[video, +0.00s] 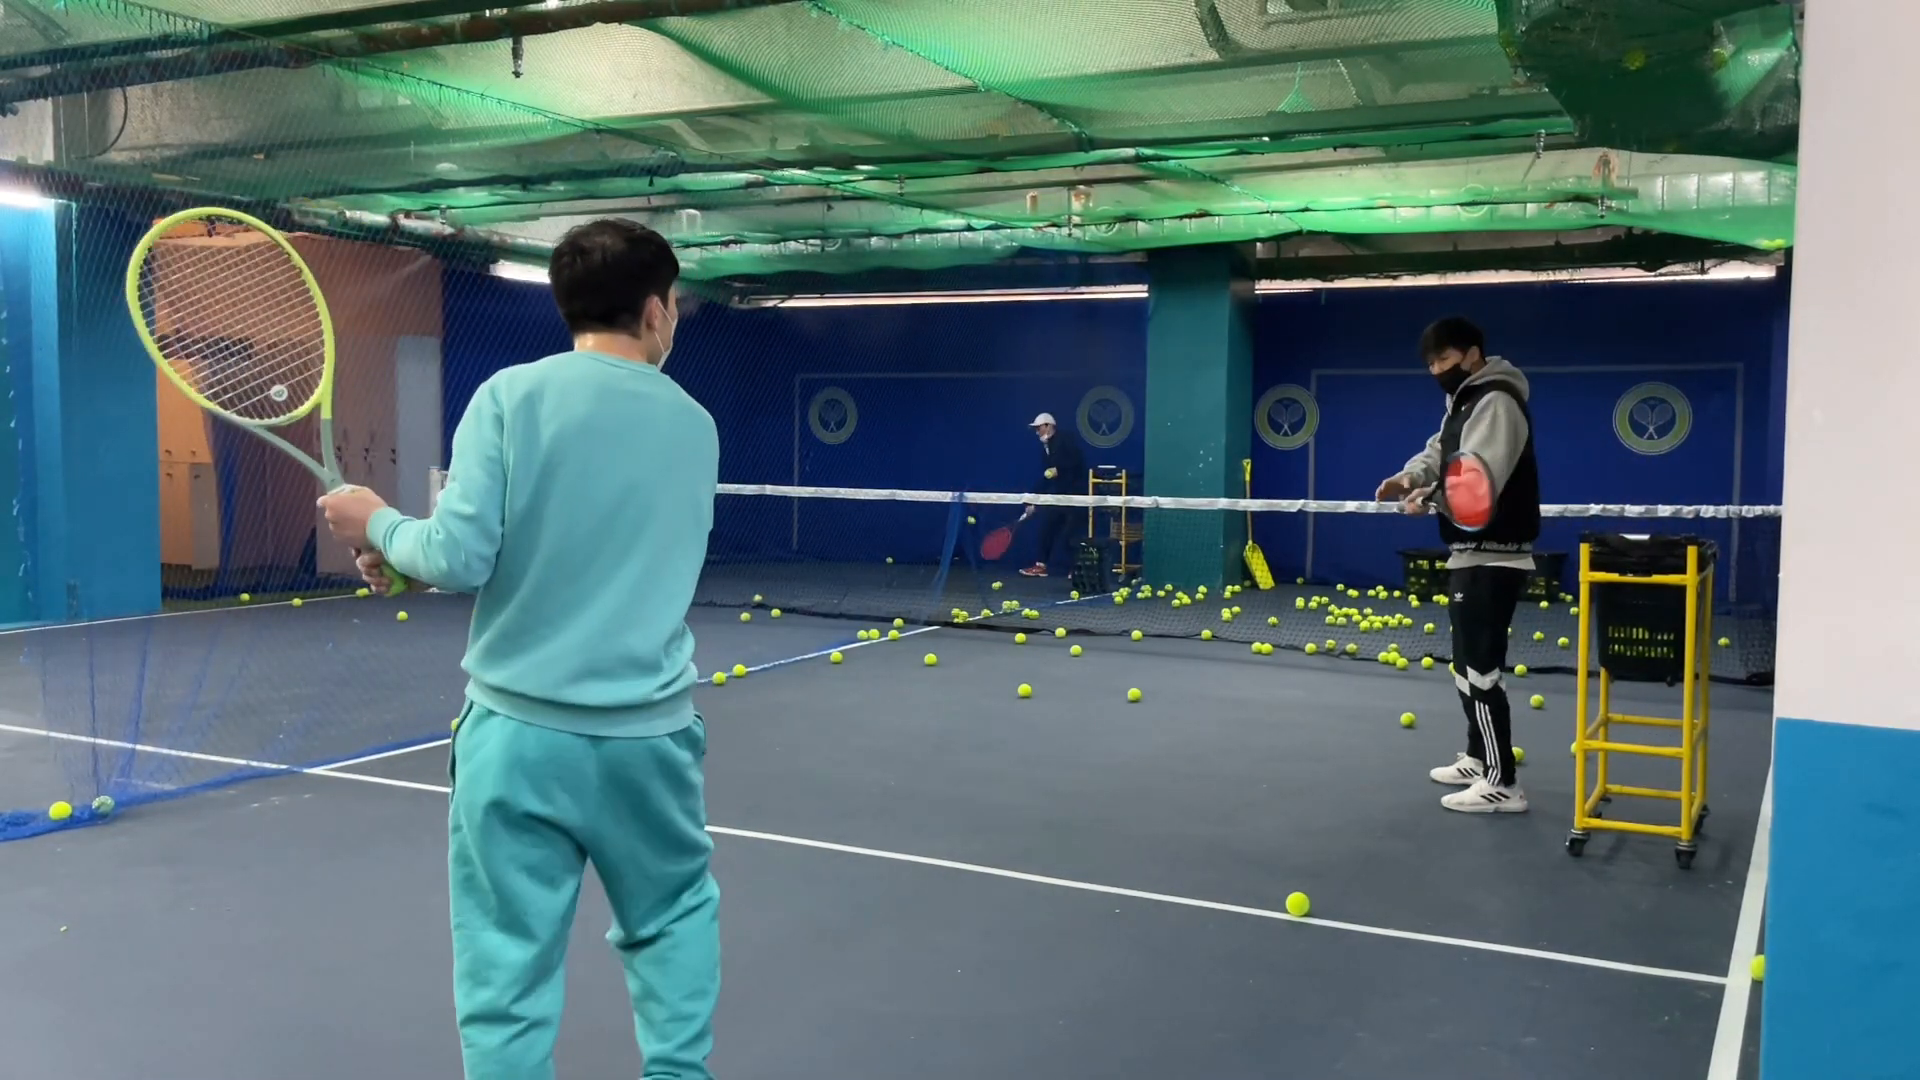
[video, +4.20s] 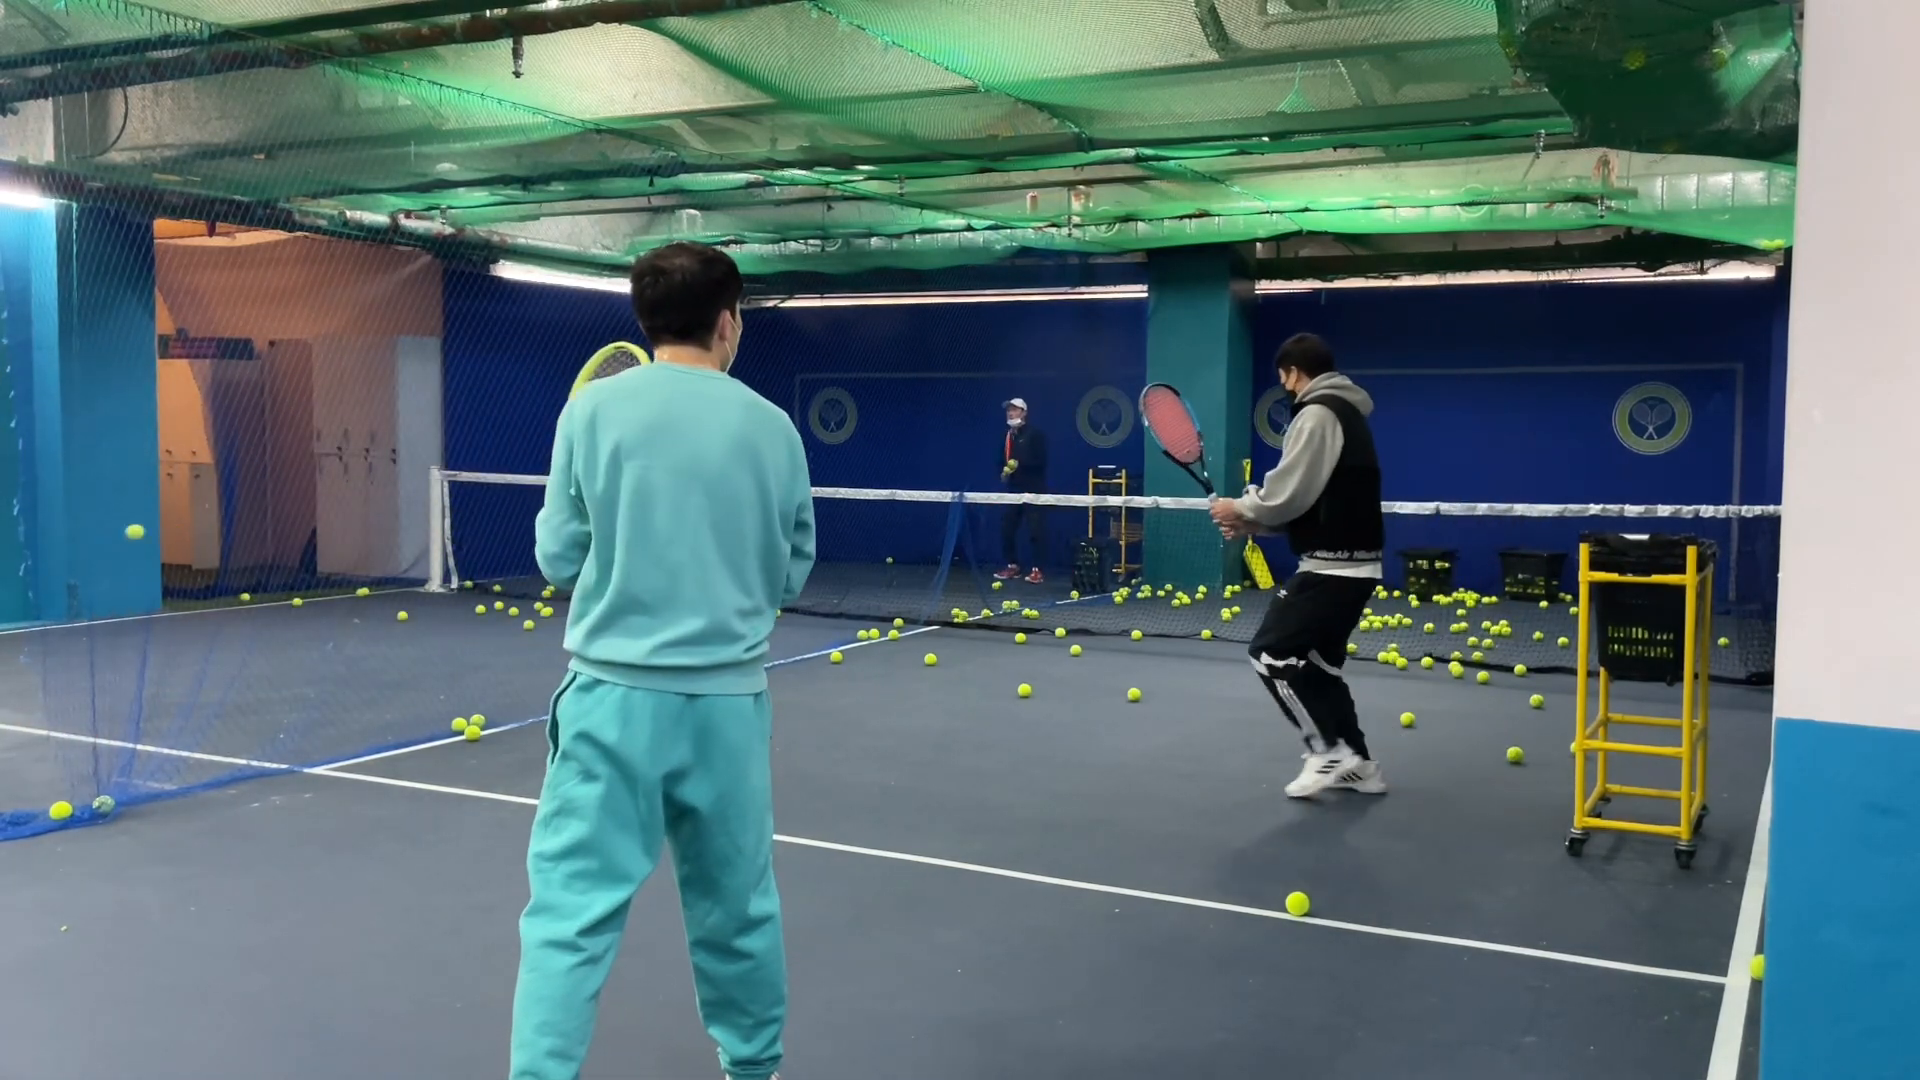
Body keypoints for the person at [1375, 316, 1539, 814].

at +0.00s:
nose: (1438, 367)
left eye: (1444, 356)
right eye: (1433, 361)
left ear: (1473, 352)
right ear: (1436, 365)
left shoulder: (1497, 402)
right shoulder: (1464, 401)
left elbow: (1479, 473)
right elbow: (1441, 451)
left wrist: (1435, 495)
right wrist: (1412, 476)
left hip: (1497, 556)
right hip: (1468, 554)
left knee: (1481, 670)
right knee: (1465, 667)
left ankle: (1502, 786)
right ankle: (1478, 760)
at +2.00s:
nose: (1442, 356)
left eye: (1452, 346)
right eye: (1438, 350)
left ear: (1482, 349)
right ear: (1440, 359)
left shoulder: (1500, 398)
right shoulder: (1459, 402)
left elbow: (1490, 476)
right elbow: (1433, 469)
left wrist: (1448, 526)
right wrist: (1430, 519)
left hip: (1503, 556)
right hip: (1475, 555)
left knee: (1487, 673)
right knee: (1472, 667)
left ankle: (1501, 786)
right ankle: (1482, 760)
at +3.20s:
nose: (1409, 375)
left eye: (1413, 365)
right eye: (1409, 367)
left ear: (1438, 364)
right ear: (1447, 365)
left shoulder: (1456, 414)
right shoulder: (1473, 409)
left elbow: (1434, 490)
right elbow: (1441, 488)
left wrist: (1387, 523)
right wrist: (1388, 516)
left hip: (1463, 565)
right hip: (1482, 563)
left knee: (1412, 658)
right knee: (1452, 659)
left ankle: (1468, 760)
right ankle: (1479, 759)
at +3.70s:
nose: (1363, 381)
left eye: (1364, 372)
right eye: (1362, 372)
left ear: (1379, 370)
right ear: (1403, 368)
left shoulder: (1395, 417)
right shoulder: (1425, 412)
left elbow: (1366, 495)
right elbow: (1397, 502)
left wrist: (1324, 509)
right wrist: (1340, 526)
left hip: (1407, 571)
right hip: (1428, 568)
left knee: (1375, 669)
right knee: (1391, 661)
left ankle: (1420, 778)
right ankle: (1440, 746)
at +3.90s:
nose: (1335, 370)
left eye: (1335, 362)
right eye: (1335, 362)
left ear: (1348, 361)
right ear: (1379, 357)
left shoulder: (1360, 406)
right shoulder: (1398, 403)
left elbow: (1334, 482)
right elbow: (1368, 488)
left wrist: (1298, 505)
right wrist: (1313, 518)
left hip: (1382, 561)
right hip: (1396, 557)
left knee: (1371, 666)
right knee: (1353, 657)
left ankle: (1421, 775)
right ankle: (1371, 758)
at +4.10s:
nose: (1304, 380)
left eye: (1303, 372)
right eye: (1303, 372)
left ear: (1315, 370)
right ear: (1344, 365)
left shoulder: (1331, 412)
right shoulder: (1364, 409)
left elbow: (1305, 488)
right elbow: (1334, 499)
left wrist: (1261, 505)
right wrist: (1273, 520)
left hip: (1348, 567)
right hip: (1371, 565)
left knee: (1305, 664)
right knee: (1331, 664)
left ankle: (1384, 745)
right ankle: (1354, 763)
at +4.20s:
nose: (1285, 386)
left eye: (1284, 377)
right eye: (1284, 378)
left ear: (1297, 373)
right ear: (1323, 369)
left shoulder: (1318, 415)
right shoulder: (1344, 412)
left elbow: (1291, 488)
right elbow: (1312, 500)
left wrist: (1242, 506)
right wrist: (1254, 520)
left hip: (1332, 566)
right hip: (1354, 565)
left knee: (1271, 654)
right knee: (1318, 662)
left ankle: (1326, 752)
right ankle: (1357, 761)